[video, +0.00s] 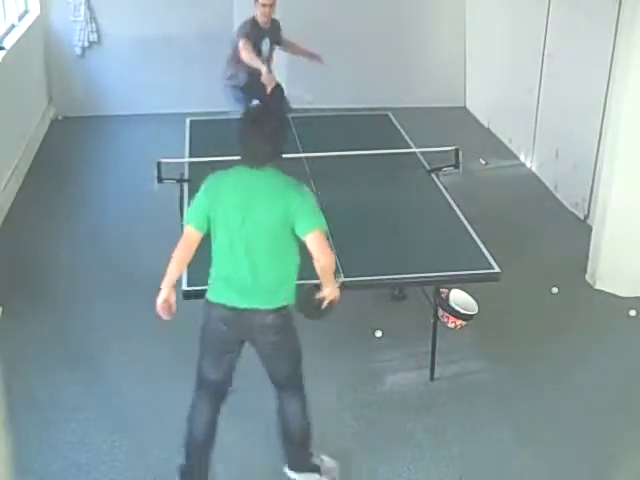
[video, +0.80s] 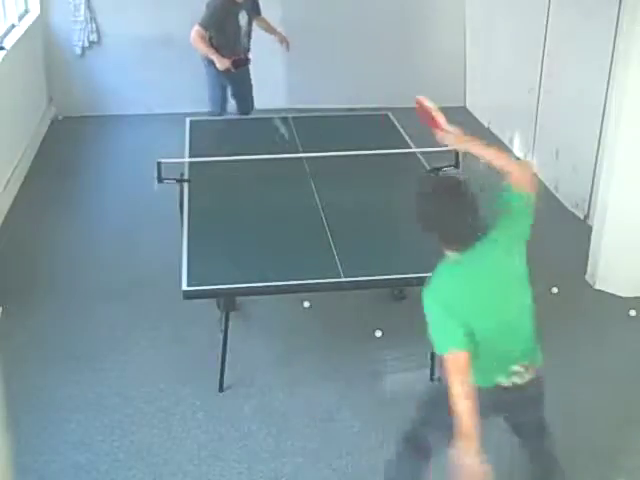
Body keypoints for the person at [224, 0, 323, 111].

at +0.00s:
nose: (267, 10)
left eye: (271, 6)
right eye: (263, 6)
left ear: (274, 8)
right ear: (256, 6)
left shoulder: (274, 26)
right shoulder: (247, 27)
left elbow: (283, 44)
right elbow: (245, 53)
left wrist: (307, 55)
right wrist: (264, 68)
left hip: (260, 81)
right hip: (235, 82)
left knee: (281, 109)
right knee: (243, 112)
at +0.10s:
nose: (264, 3)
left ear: (270, 3)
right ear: (252, 2)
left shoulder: (268, 20)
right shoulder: (245, 19)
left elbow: (270, 42)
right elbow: (250, 48)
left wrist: (297, 52)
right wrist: (268, 70)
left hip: (255, 79)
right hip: (232, 80)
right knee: (237, 119)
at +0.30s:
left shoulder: (258, 10)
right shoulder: (237, 12)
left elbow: (258, 33)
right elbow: (236, 52)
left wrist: (282, 46)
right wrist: (263, 75)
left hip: (248, 75)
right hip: (226, 76)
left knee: (266, 115)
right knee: (236, 119)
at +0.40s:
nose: (256, 0)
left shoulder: (256, 12)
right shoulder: (233, 13)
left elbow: (256, 32)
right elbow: (222, 51)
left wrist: (283, 42)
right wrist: (252, 72)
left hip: (247, 76)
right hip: (227, 76)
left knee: (259, 118)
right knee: (239, 118)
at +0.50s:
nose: (253, 3)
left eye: (254, 1)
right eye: (250, 0)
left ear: (253, 1)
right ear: (241, 0)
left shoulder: (254, 12)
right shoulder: (228, 15)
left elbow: (257, 32)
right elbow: (211, 52)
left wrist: (285, 42)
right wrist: (238, 70)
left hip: (246, 76)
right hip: (226, 77)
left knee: (250, 118)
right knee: (237, 119)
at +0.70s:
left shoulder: (255, 4)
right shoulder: (222, 6)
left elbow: (261, 20)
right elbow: (200, 38)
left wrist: (281, 35)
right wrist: (222, 63)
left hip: (243, 66)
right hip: (219, 67)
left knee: (245, 113)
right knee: (221, 114)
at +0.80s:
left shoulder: (251, 3)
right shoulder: (217, 4)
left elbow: (258, 18)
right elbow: (196, 37)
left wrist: (277, 34)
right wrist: (217, 59)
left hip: (240, 62)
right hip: (216, 64)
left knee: (246, 109)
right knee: (217, 111)